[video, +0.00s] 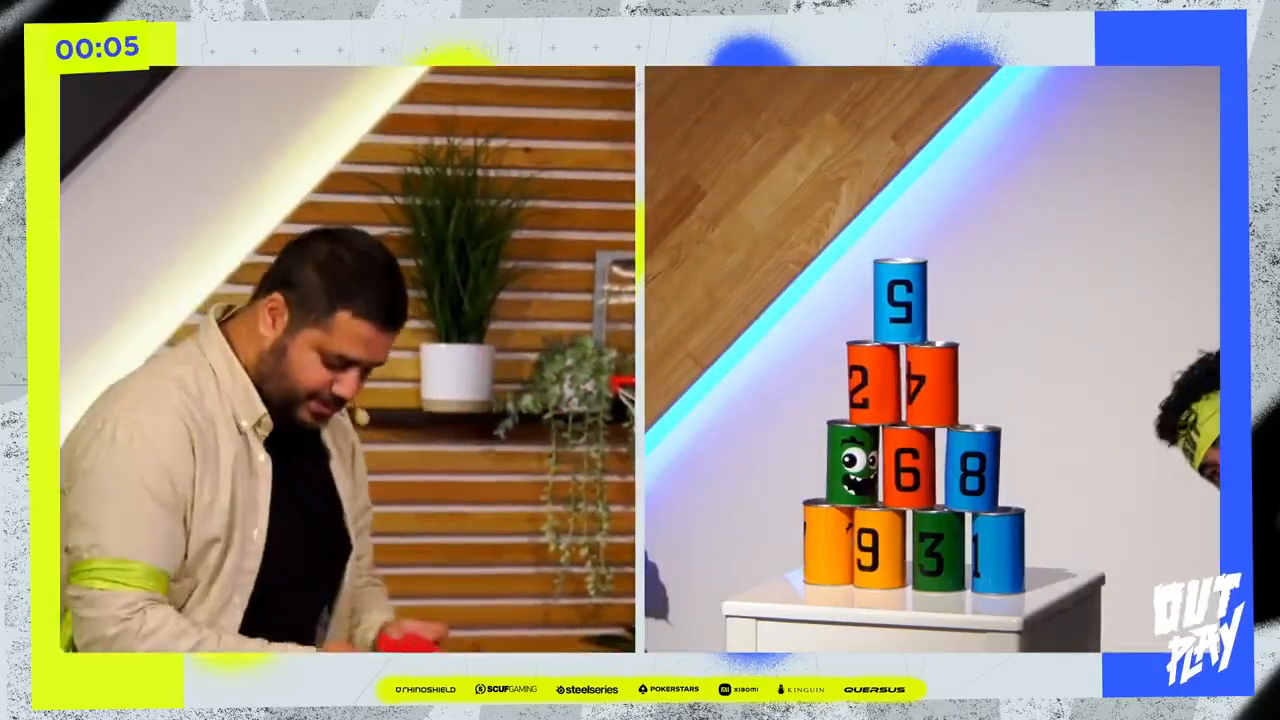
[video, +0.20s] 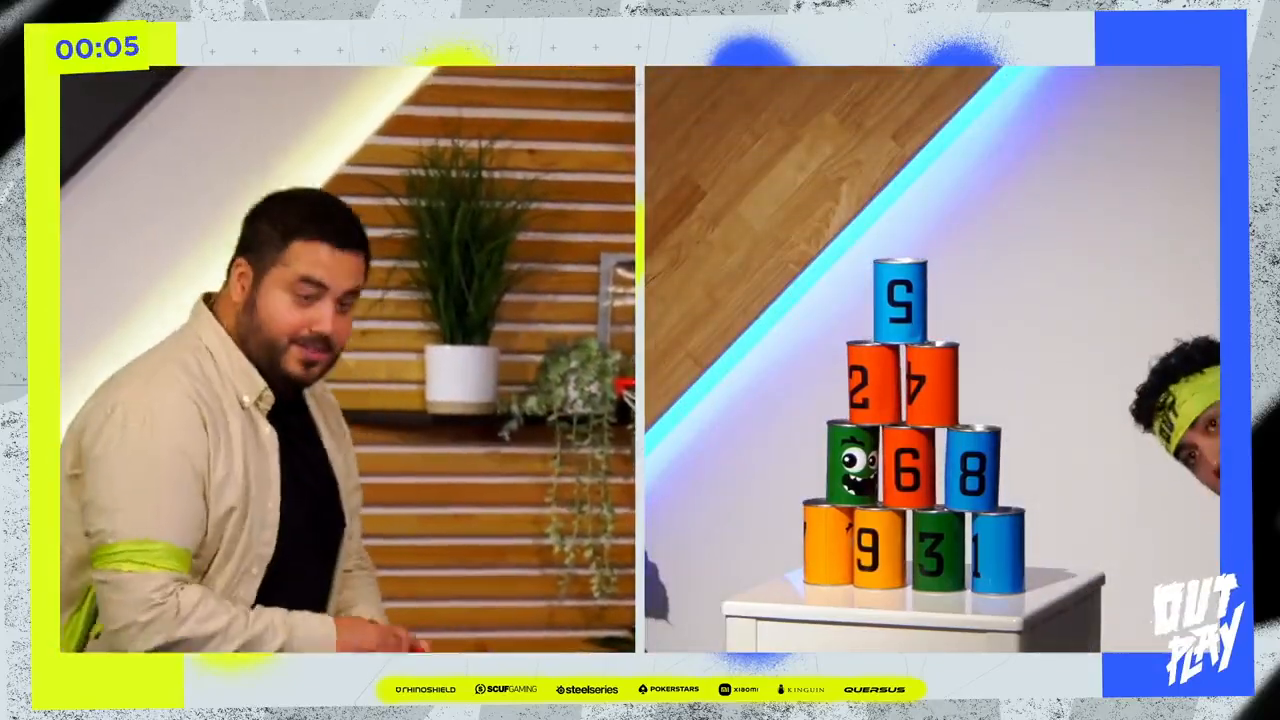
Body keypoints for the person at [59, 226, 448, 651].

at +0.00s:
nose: (348, 391)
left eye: (365, 372)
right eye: (335, 363)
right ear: (274, 318)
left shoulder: (330, 422)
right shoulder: (147, 421)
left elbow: (354, 578)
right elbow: (113, 626)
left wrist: (381, 633)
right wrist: (305, 667)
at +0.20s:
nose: (327, 327)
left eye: (345, 305)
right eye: (306, 296)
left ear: (356, 310)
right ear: (242, 281)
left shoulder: (311, 399)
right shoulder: (157, 403)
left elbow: (345, 556)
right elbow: (143, 617)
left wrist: (369, 637)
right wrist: (331, 639)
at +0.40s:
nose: (304, 285)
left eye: (321, 265)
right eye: (278, 260)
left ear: (334, 278)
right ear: (217, 266)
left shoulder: (296, 388)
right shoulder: (166, 388)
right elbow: (189, 588)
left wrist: (381, 610)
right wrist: (365, 588)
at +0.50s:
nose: (304, 277)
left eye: (320, 257)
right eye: (276, 253)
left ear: (333, 271)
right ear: (217, 265)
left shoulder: (299, 392)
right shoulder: (168, 381)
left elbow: (280, 604)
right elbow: (185, 558)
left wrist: (410, 627)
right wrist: (377, 571)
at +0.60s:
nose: (305, 275)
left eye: (321, 253)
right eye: (275, 251)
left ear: (336, 268)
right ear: (217, 265)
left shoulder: (311, 403)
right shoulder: (170, 373)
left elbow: (313, 597)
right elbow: (159, 515)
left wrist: (442, 617)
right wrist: (358, 578)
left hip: (267, 694)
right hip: (135, 693)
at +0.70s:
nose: (301, 273)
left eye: (316, 251)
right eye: (270, 251)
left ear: (333, 269)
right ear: (214, 269)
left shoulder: (310, 404)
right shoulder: (166, 373)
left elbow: (331, 548)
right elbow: (114, 487)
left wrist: (472, 512)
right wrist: (236, 582)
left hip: (307, 697)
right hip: (184, 698)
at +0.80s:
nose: (288, 261)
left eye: (304, 240)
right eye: (257, 241)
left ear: (322, 258)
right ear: (202, 262)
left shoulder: (318, 404)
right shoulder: (144, 375)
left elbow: (398, 527)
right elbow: (44, 481)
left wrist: (481, 389)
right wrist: (88, 586)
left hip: (323, 700)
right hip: (183, 699)